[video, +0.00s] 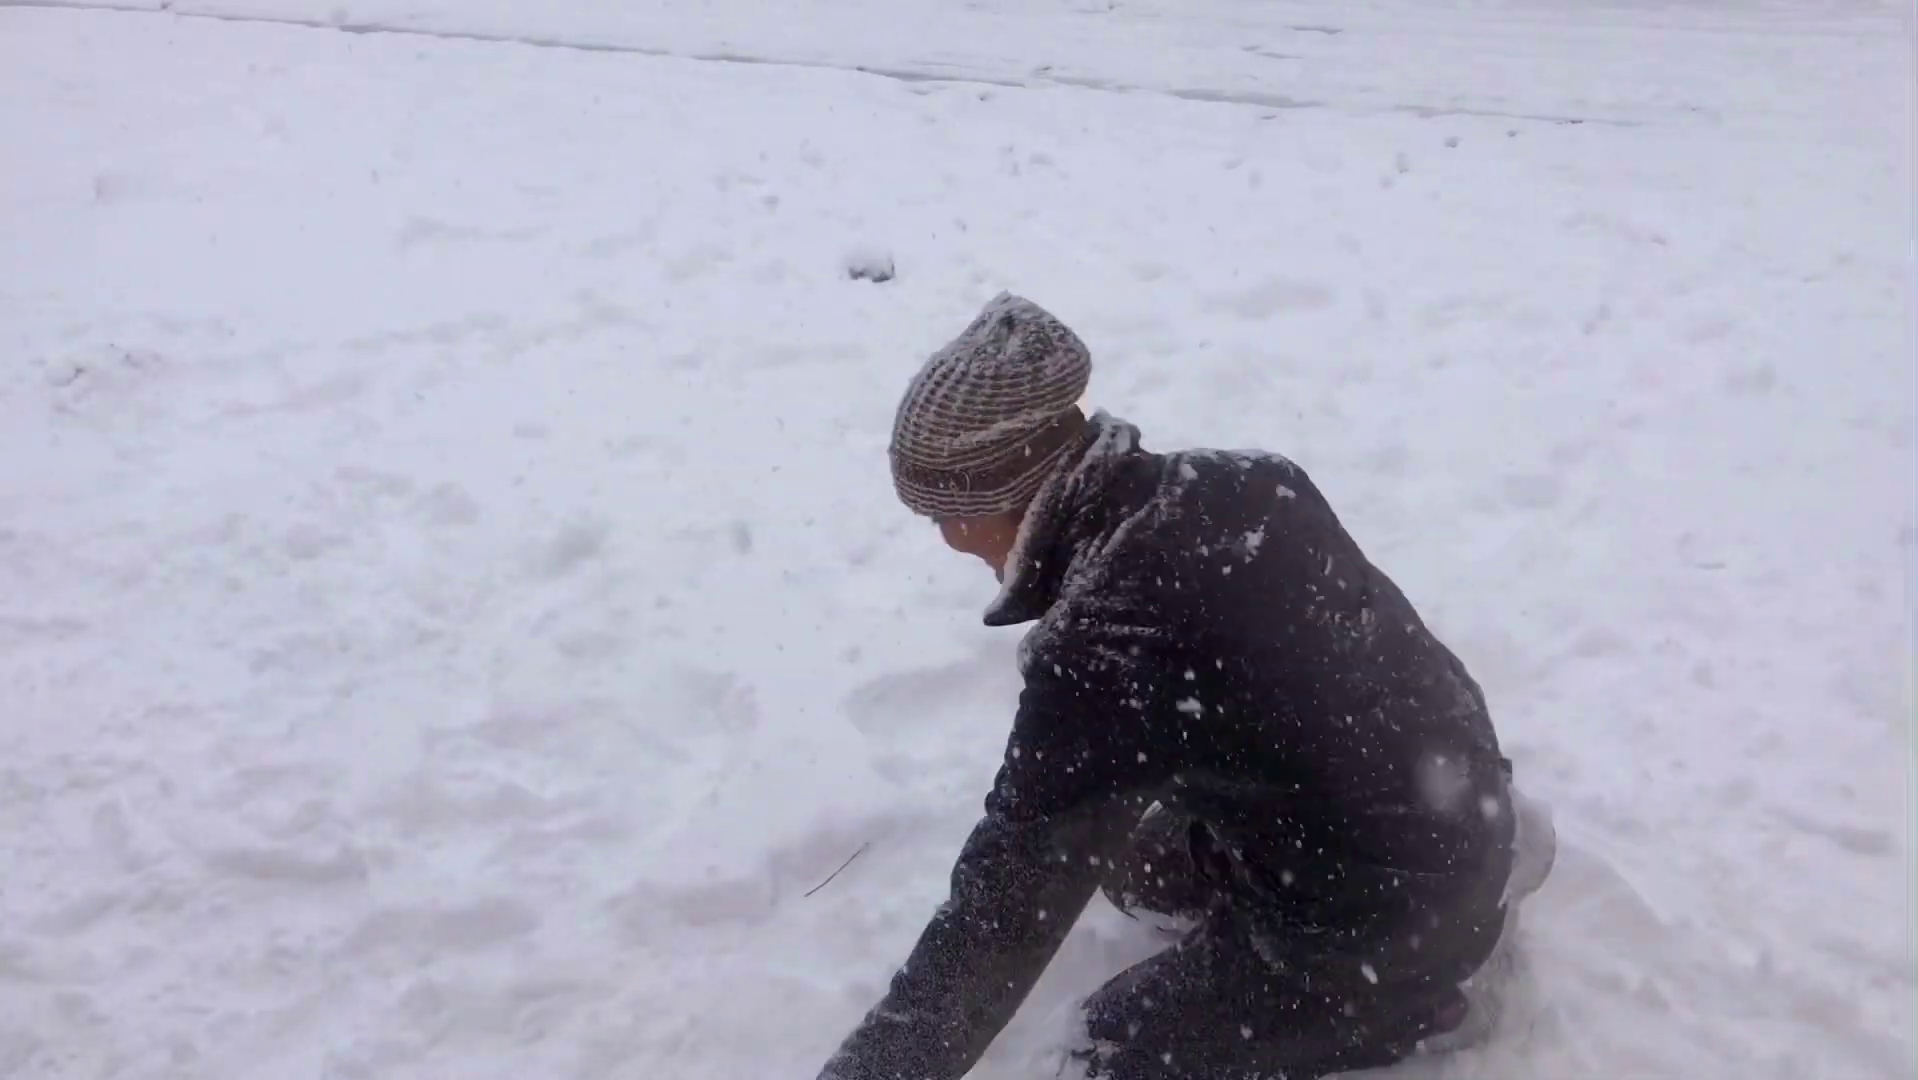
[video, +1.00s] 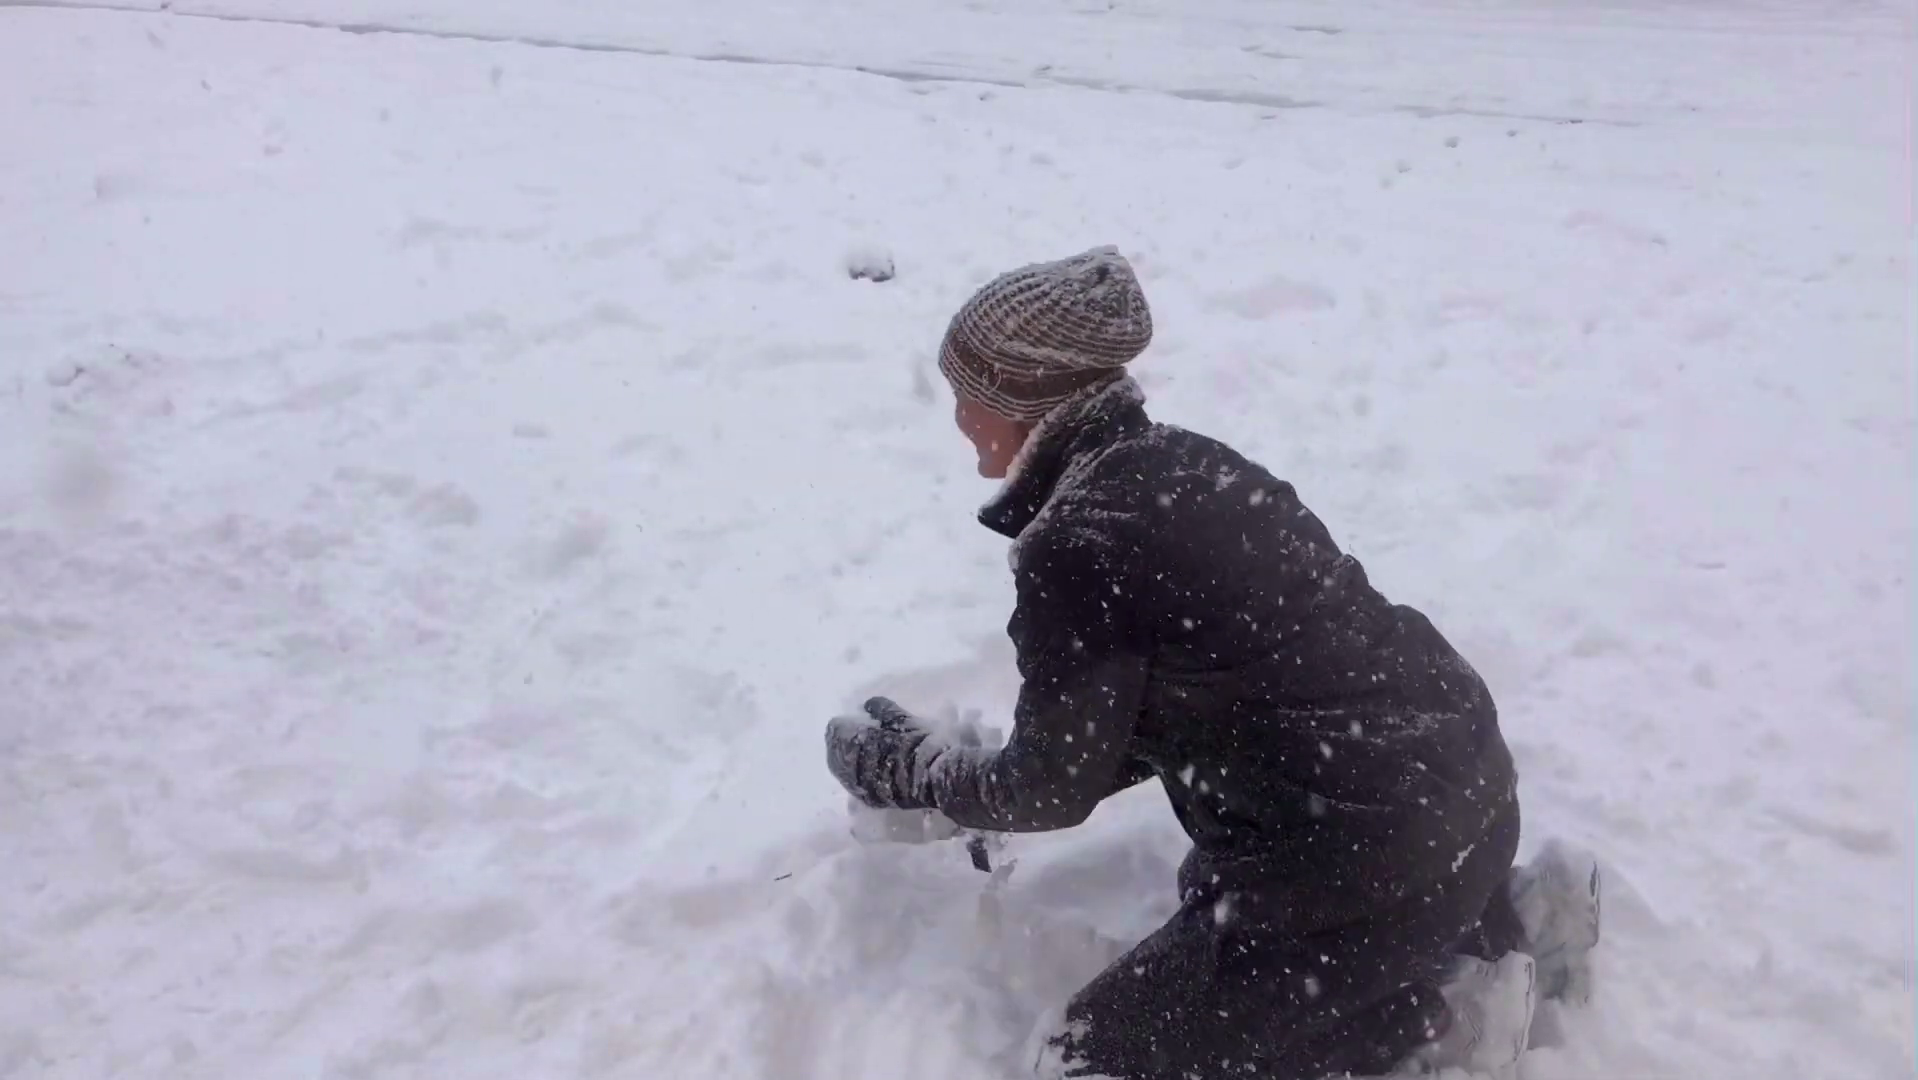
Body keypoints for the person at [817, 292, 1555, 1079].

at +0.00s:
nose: (951, 546)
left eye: (948, 519)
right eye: (939, 522)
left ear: (1001, 502)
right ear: (1071, 444)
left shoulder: (1095, 649)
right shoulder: (1247, 479)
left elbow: (989, 935)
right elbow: (1378, 649)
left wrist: (862, 1070)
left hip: (1381, 924)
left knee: (1112, 1044)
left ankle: (1396, 1009)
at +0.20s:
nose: (877, 578)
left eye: (863, 550)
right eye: (860, 555)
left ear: (898, 528)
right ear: (974, 457)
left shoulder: (993, 655)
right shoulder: (1141, 494)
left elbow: (910, 934)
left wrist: (811, 1069)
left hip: (1360, 918)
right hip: (1444, 793)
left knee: (1102, 1049)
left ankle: (1430, 1010)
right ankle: (1522, 892)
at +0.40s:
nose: (872, 608)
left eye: (862, 583)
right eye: (854, 588)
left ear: (899, 559)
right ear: (956, 498)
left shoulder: (1007, 679)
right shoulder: (1106, 524)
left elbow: (999, 980)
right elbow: (1154, 753)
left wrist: (905, 1074)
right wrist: (1034, 855)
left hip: (1367, 936)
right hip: (1447, 798)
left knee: (1095, 1045)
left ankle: (1428, 1017)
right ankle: (1504, 918)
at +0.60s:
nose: (892, 592)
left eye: (899, 566)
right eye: (884, 566)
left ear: (966, 554)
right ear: (999, 527)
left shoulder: (1076, 671)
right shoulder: (1103, 562)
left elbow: (1099, 947)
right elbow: (1107, 823)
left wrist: (951, 1046)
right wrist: (985, 924)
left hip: (1405, 914)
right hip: (1456, 792)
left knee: (1125, 1042)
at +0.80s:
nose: (921, 519)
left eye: (926, 493)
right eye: (919, 494)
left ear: (993, 492)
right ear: (1040, 473)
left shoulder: (1075, 625)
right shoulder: (1153, 531)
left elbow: (1093, 880)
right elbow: (1144, 804)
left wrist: (927, 946)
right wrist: (1008, 895)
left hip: (1389, 910)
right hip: (1473, 801)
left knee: (1104, 1051)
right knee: (1217, 888)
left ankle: (1445, 1028)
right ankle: (1510, 923)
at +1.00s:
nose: (960, 428)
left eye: (966, 405)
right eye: (958, 403)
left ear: (1023, 410)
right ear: (1089, 389)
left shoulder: (1073, 550)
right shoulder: (1192, 464)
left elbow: (1061, 781)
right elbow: (1164, 718)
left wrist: (920, 777)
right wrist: (986, 789)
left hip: (1355, 872)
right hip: (1470, 784)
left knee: (1096, 1052)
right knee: (1221, 869)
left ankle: (1432, 1009)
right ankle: (1501, 922)